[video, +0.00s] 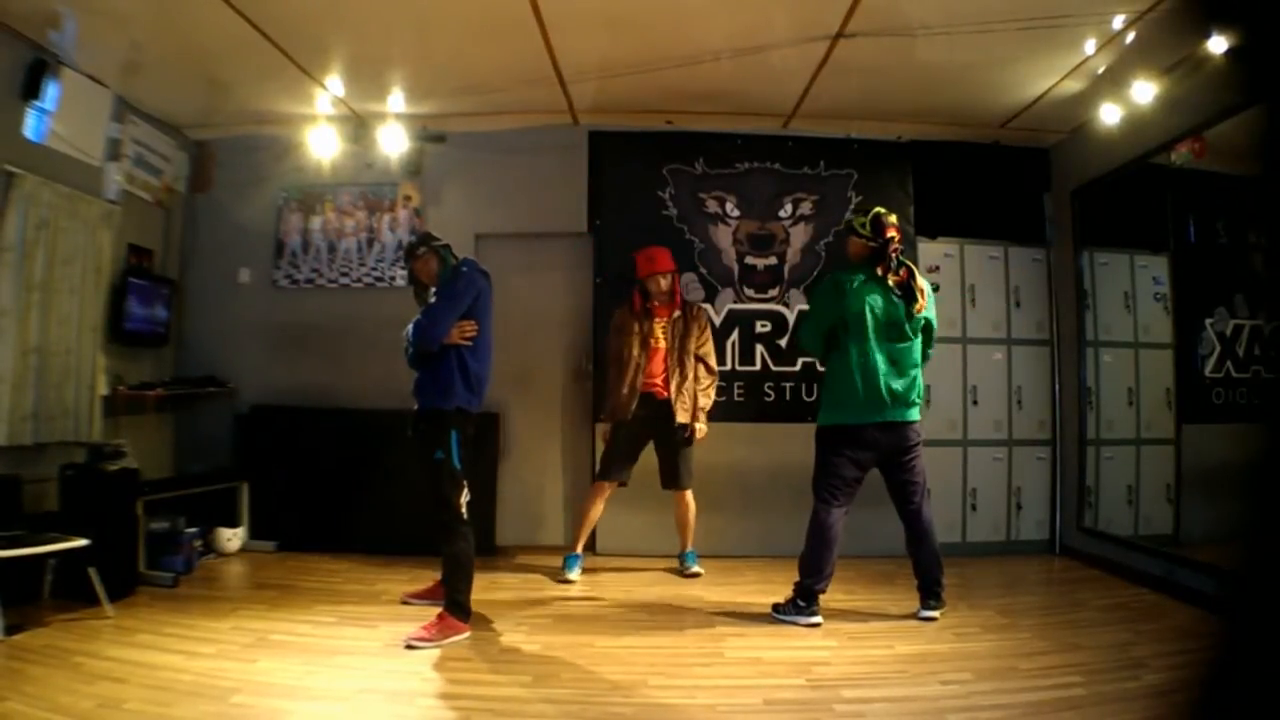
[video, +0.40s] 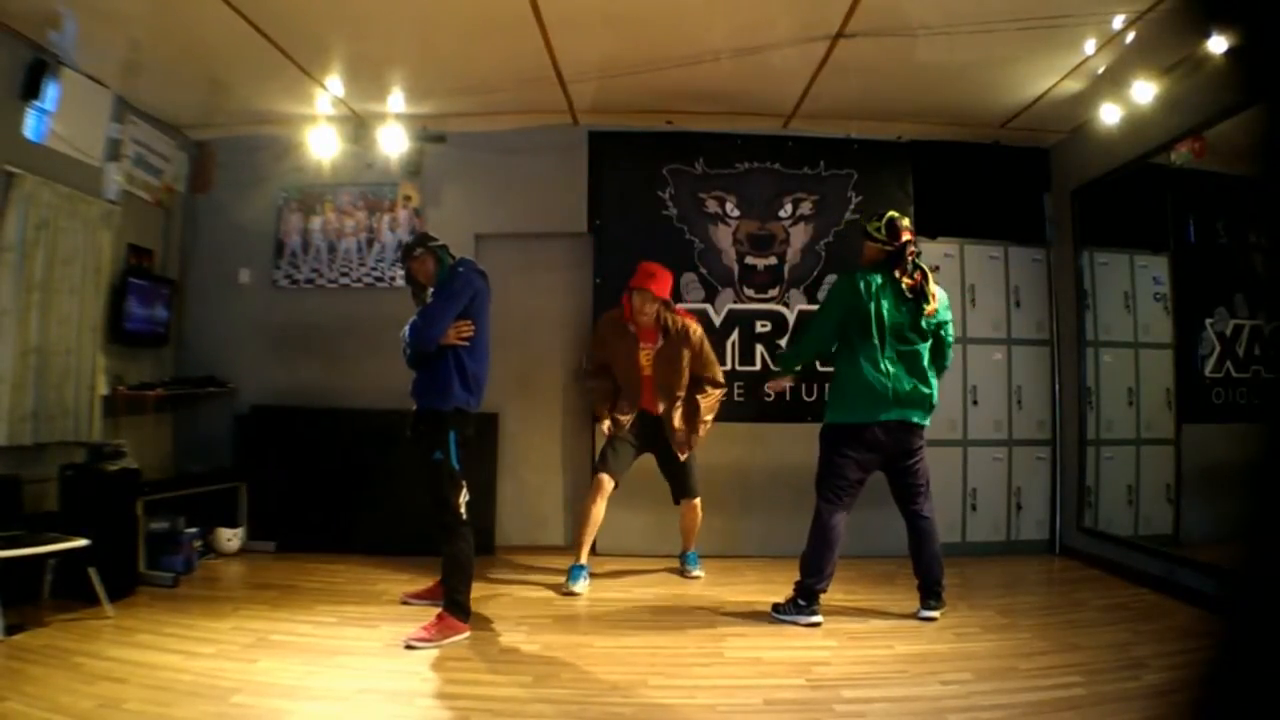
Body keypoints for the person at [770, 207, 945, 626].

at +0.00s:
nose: (842, 243)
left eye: (848, 236)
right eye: (846, 235)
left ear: (863, 245)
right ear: (887, 246)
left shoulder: (837, 285)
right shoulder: (918, 285)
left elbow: (807, 341)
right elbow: (924, 349)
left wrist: (843, 349)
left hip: (847, 416)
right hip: (903, 417)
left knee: (830, 505)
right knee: (916, 507)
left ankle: (806, 600)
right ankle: (932, 598)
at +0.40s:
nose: (862, 249)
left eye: (868, 243)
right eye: (866, 241)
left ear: (882, 249)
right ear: (905, 249)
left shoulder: (854, 285)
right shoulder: (932, 294)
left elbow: (819, 335)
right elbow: (942, 358)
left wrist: (785, 370)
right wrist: (916, 379)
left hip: (855, 412)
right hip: (909, 416)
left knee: (832, 506)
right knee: (918, 506)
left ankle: (806, 599)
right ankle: (932, 597)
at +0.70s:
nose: (868, 253)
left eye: (874, 247)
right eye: (872, 246)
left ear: (889, 253)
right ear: (911, 255)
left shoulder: (865, 287)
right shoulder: (941, 298)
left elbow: (837, 339)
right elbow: (958, 365)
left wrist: (810, 387)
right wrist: (954, 423)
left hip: (859, 421)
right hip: (913, 425)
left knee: (834, 507)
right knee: (920, 507)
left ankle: (808, 598)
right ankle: (932, 597)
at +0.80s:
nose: (864, 256)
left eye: (870, 250)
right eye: (867, 248)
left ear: (885, 254)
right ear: (907, 255)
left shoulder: (872, 289)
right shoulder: (937, 295)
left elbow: (859, 356)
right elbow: (949, 365)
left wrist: (850, 415)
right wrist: (937, 425)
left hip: (874, 419)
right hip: (919, 422)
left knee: (832, 501)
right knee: (917, 504)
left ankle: (809, 597)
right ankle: (932, 597)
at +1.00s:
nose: (852, 269)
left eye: (859, 261)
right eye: (854, 261)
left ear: (881, 265)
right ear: (883, 266)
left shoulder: (892, 307)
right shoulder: (910, 304)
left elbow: (907, 379)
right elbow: (932, 375)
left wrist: (907, 442)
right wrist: (924, 429)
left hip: (882, 437)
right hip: (900, 437)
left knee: (841, 510)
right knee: (901, 514)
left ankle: (808, 597)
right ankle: (951, 585)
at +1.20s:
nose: (857, 280)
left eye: (862, 270)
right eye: (849, 276)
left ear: (882, 271)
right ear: (846, 286)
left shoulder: (913, 315)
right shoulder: (862, 324)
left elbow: (939, 378)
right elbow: (866, 385)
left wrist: (931, 444)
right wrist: (857, 435)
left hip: (898, 442)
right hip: (866, 440)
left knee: (856, 525)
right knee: (885, 526)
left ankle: (806, 603)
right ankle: (958, 576)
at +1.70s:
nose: (827, 307)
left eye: (828, 297)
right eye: (818, 309)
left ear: (846, 293)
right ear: (820, 322)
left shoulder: (892, 317)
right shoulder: (841, 353)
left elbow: (947, 350)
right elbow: (840, 419)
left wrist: (937, 398)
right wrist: (805, 453)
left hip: (895, 449)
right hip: (859, 454)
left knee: (844, 520)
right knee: (876, 545)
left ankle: (802, 603)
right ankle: (954, 575)